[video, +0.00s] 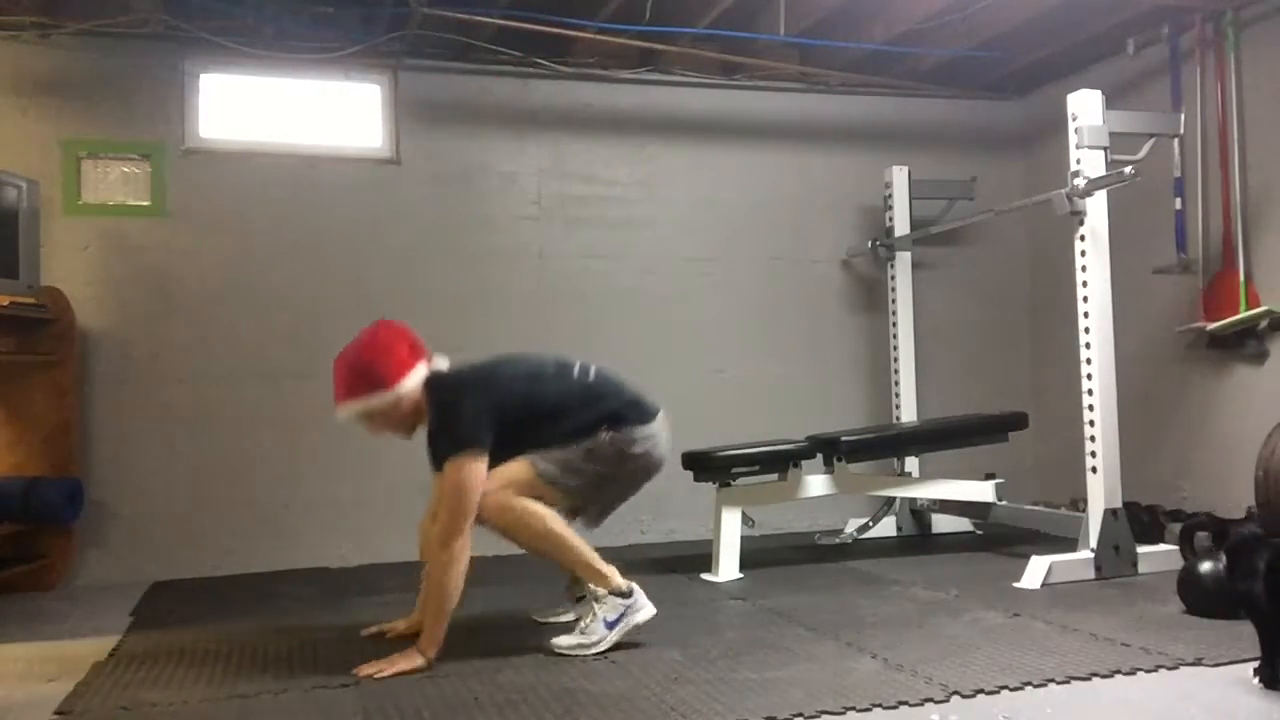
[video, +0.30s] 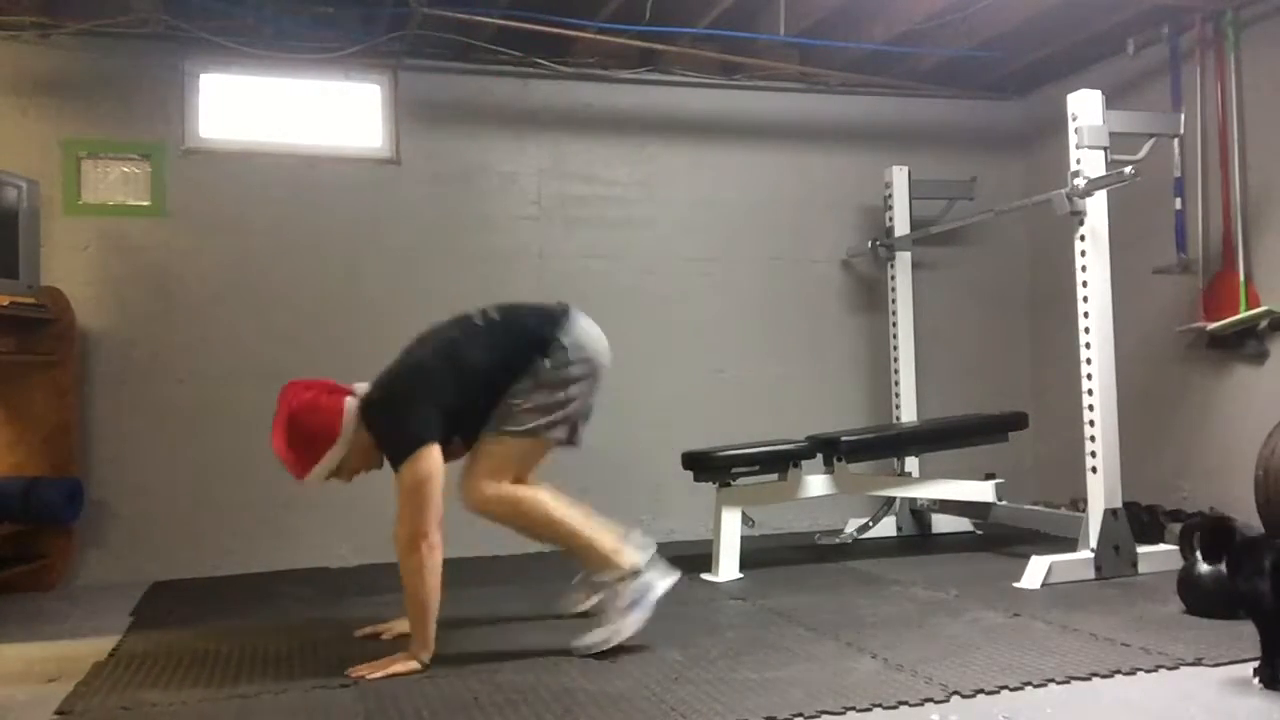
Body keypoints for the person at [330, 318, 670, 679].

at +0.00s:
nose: (373, 428)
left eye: (373, 412)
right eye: (365, 417)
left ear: (400, 390)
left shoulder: (461, 404)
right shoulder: (445, 410)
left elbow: (453, 537)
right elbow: (440, 525)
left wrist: (426, 649)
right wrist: (423, 615)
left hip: (630, 436)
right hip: (609, 433)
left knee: (494, 497)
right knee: (493, 488)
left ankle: (619, 595)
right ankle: (591, 586)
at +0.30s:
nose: (350, 476)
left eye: (339, 467)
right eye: (337, 473)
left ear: (344, 436)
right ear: (347, 417)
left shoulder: (402, 414)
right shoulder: (394, 408)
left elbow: (422, 541)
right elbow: (418, 533)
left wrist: (421, 651)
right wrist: (415, 617)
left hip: (563, 347)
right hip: (560, 341)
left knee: (488, 488)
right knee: (496, 483)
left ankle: (634, 569)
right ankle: (607, 557)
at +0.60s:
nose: (263, 533)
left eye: (253, 519)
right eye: (249, 526)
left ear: (267, 488)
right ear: (272, 477)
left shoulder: (343, 471)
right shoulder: (334, 461)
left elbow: (419, 563)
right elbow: (421, 550)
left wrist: (414, 657)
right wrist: (415, 622)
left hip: (517, 424)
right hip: (513, 427)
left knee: (667, 506)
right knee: (662, 495)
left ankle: (845, 527)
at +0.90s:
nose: (257, 634)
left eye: (253, 622)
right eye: (248, 623)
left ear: (273, 600)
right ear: (281, 572)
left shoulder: (340, 582)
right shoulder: (336, 579)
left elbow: (438, 571)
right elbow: (429, 570)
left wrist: (414, 658)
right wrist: (400, 637)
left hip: (559, 582)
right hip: (552, 582)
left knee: (723, 591)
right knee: (672, 568)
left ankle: (891, 574)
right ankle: (759, 527)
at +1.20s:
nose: (258, 562)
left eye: (257, 548)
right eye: (249, 552)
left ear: (283, 520)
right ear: (284, 513)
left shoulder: (355, 513)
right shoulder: (339, 511)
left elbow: (434, 569)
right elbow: (426, 553)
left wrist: (416, 654)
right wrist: (411, 627)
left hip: (555, 536)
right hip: (547, 534)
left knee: (718, 574)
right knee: (687, 555)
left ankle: (890, 573)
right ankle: (792, 525)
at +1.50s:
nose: (291, 464)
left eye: (286, 451)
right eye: (280, 455)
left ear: (306, 429)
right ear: (312, 414)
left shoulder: (386, 421)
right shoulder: (371, 421)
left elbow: (415, 546)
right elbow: (408, 539)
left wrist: (416, 652)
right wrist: (410, 621)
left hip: (560, 360)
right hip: (537, 384)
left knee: (590, 507)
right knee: (561, 503)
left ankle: (762, 539)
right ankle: (694, 505)